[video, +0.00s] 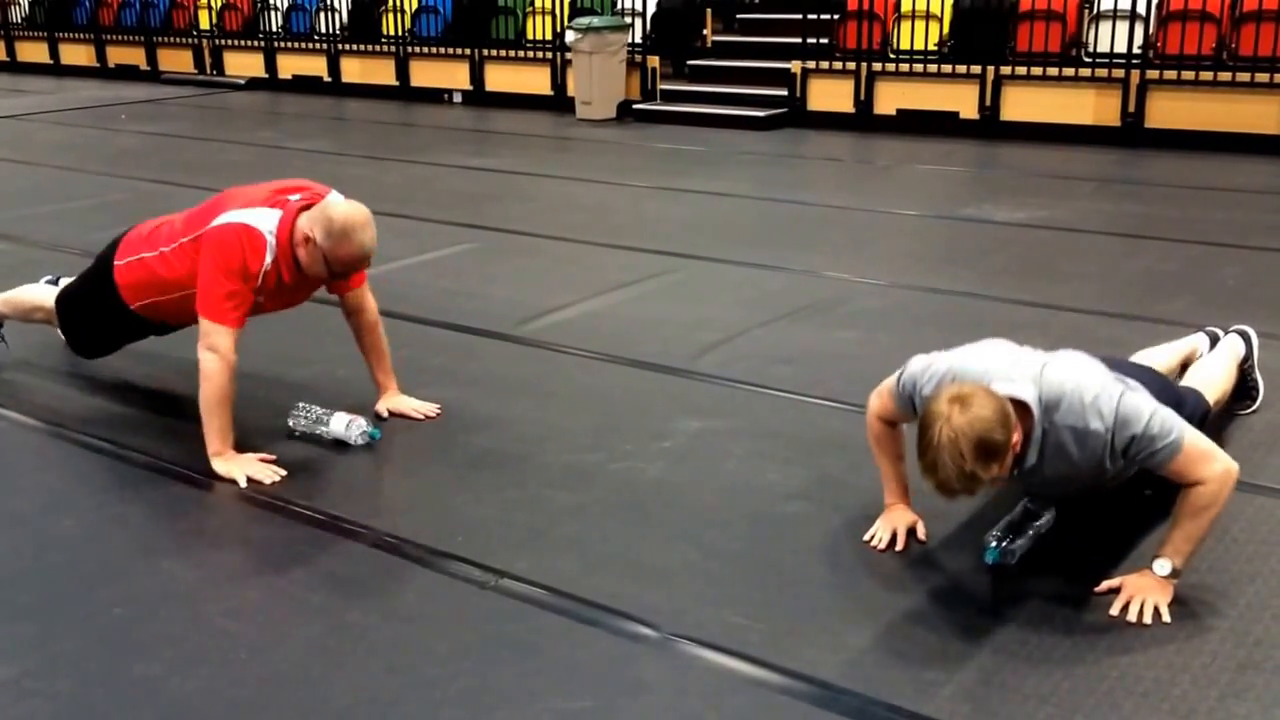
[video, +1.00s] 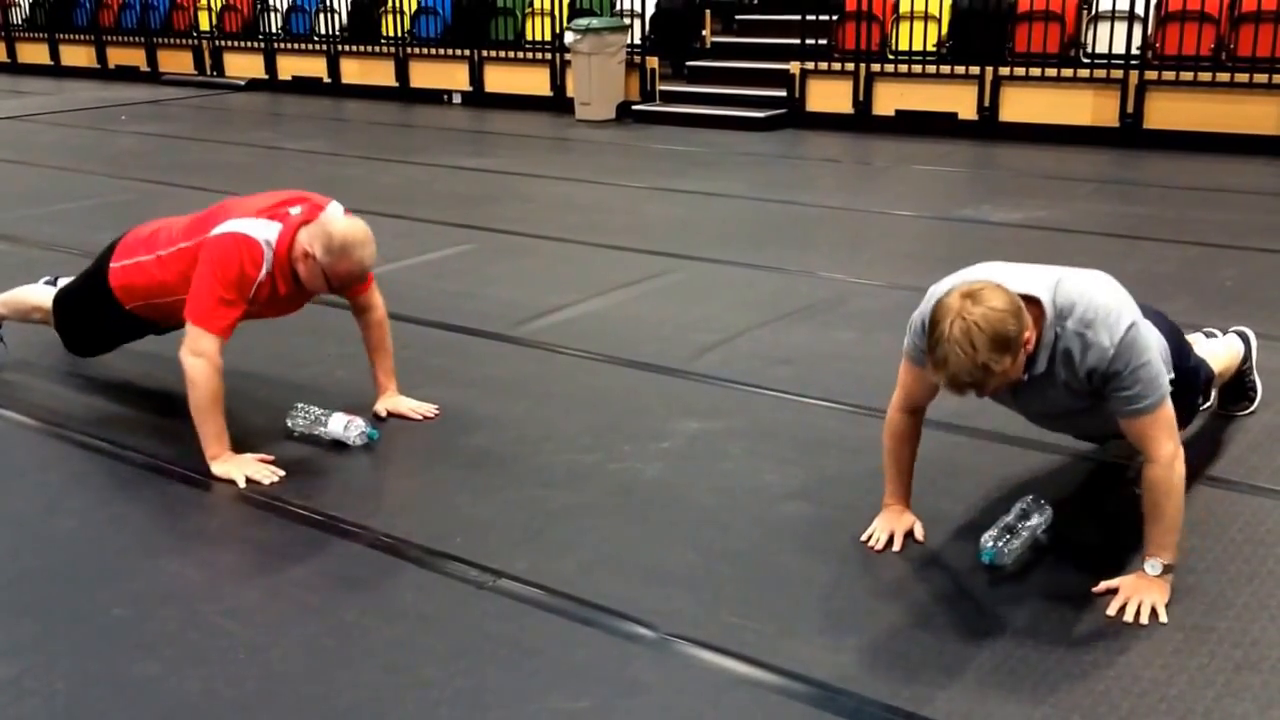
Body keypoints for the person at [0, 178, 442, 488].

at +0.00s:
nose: (336, 287)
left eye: (347, 278)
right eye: (331, 274)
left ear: (358, 243)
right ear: (305, 240)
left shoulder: (338, 224)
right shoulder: (235, 245)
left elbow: (361, 307)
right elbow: (216, 351)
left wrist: (389, 388)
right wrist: (223, 453)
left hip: (184, 290)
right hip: (128, 287)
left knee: (94, 308)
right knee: (63, 308)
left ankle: (48, 296)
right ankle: (8, 304)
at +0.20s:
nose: (333, 349)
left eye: (347, 349)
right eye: (334, 340)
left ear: (377, 317)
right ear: (324, 310)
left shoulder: (363, 278)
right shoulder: (256, 296)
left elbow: (394, 315)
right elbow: (172, 370)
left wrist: (391, 390)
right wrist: (220, 457)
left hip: (191, 278)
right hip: (142, 311)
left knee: (127, 287)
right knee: (63, 322)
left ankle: (65, 286)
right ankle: (3, 308)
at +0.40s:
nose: (358, 406)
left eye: (371, 402)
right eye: (354, 399)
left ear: (398, 342)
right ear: (336, 368)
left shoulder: (383, 312)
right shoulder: (262, 344)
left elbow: (397, 312)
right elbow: (163, 380)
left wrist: (385, 391)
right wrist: (220, 458)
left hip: (216, 311)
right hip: (153, 342)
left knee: (139, 314)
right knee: (73, 341)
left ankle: (71, 290)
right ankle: (6, 307)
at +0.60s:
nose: (359, 371)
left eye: (369, 364)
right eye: (357, 363)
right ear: (330, 336)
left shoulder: (368, 297)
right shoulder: (256, 322)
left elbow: (398, 310)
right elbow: (166, 376)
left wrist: (390, 389)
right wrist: (219, 457)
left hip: (196, 299)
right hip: (143, 335)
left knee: (136, 301)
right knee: (70, 333)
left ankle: (70, 289)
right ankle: (6, 309)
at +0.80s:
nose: (343, 308)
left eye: (354, 301)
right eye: (336, 296)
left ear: (373, 255)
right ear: (312, 265)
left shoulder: (353, 243)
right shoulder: (241, 261)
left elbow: (382, 312)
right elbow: (192, 358)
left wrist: (390, 389)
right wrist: (221, 456)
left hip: (189, 268)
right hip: (135, 284)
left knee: (110, 307)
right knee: (66, 314)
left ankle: (65, 294)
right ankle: (12, 304)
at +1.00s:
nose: (332, 296)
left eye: (346, 289)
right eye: (329, 285)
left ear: (363, 258)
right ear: (306, 251)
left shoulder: (340, 235)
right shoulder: (237, 253)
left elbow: (369, 305)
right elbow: (198, 354)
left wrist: (388, 390)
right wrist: (221, 456)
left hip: (175, 285)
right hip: (125, 285)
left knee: (97, 306)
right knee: (59, 309)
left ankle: (55, 292)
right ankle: (10, 303)